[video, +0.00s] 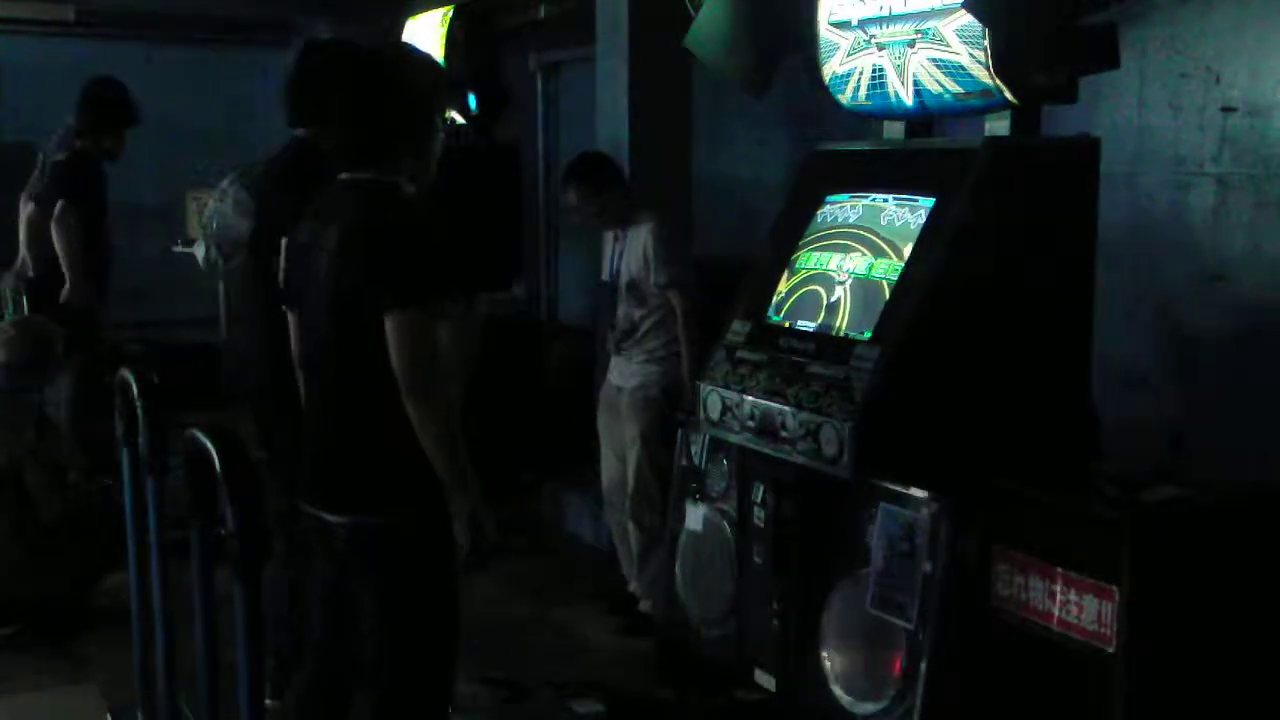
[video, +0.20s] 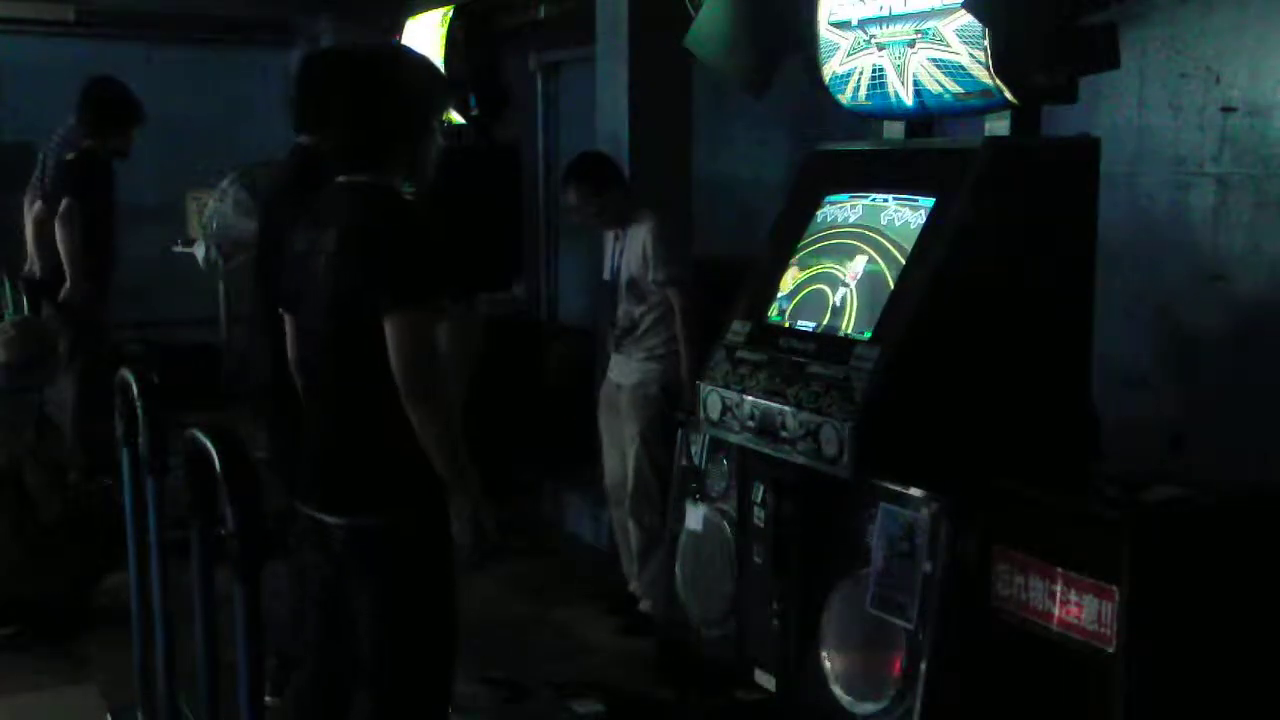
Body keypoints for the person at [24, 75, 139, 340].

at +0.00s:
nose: (125, 140)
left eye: (125, 130)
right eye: (121, 129)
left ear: (87, 120)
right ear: (106, 128)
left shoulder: (56, 155)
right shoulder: (84, 164)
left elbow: (30, 208)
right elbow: (63, 221)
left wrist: (28, 264)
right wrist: (74, 281)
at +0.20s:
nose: (131, 138)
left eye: (132, 127)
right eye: (127, 127)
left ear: (88, 116)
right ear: (109, 121)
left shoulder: (60, 146)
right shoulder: (89, 158)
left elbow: (34, 205)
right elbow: (66, 216)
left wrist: (36, 260)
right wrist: (75, 278)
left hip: (55, 287)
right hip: (84, 290)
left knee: (62, 380)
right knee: (84, 380)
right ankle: (83, 469)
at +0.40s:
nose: (131, 136)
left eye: (131, 126)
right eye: (127, 125)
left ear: (88, 113)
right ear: (109, 119)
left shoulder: (60, 144)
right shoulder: (89, 155)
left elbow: (34, 203)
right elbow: (66, 217)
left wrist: (40, 259)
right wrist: (71, 279)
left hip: (61, 284)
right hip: (86, 286)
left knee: (67, 373)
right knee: (88, 373)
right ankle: (85, 465)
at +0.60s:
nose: (128, 134)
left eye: (128, 123)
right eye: (124, 122)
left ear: (84, 113)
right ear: (105, 117)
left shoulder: (59, 144)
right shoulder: (89, 155)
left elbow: (30, 204)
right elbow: (73, 223)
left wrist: (29, 257)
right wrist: (78, 286)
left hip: (64, 292)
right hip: (91, 294)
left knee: (71, 379)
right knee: (93, 382)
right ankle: (88, 470)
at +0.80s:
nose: (126, 133)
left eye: (126, 121)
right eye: (122, 121)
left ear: (81, 114)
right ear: (103, 118)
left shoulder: (54, 149)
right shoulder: (91, 160)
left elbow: (30, 202)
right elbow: (88, 231)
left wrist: (23, 254)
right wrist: (106, 292)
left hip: (57, 282)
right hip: (87, 290)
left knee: (66, 373)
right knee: (92, 378)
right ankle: (87, 470)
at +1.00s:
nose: (128, 135)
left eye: (130, 125)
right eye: (126, 124)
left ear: (84, 114)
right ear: (108, 119)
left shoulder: (52, 153)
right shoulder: (95, 162)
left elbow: (26, 200)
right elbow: (110, 233)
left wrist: (17, 253)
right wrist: (129, 256)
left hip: (49, 275)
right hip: (87, 280)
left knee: (67, 365)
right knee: (92, 370)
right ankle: (87, 464)